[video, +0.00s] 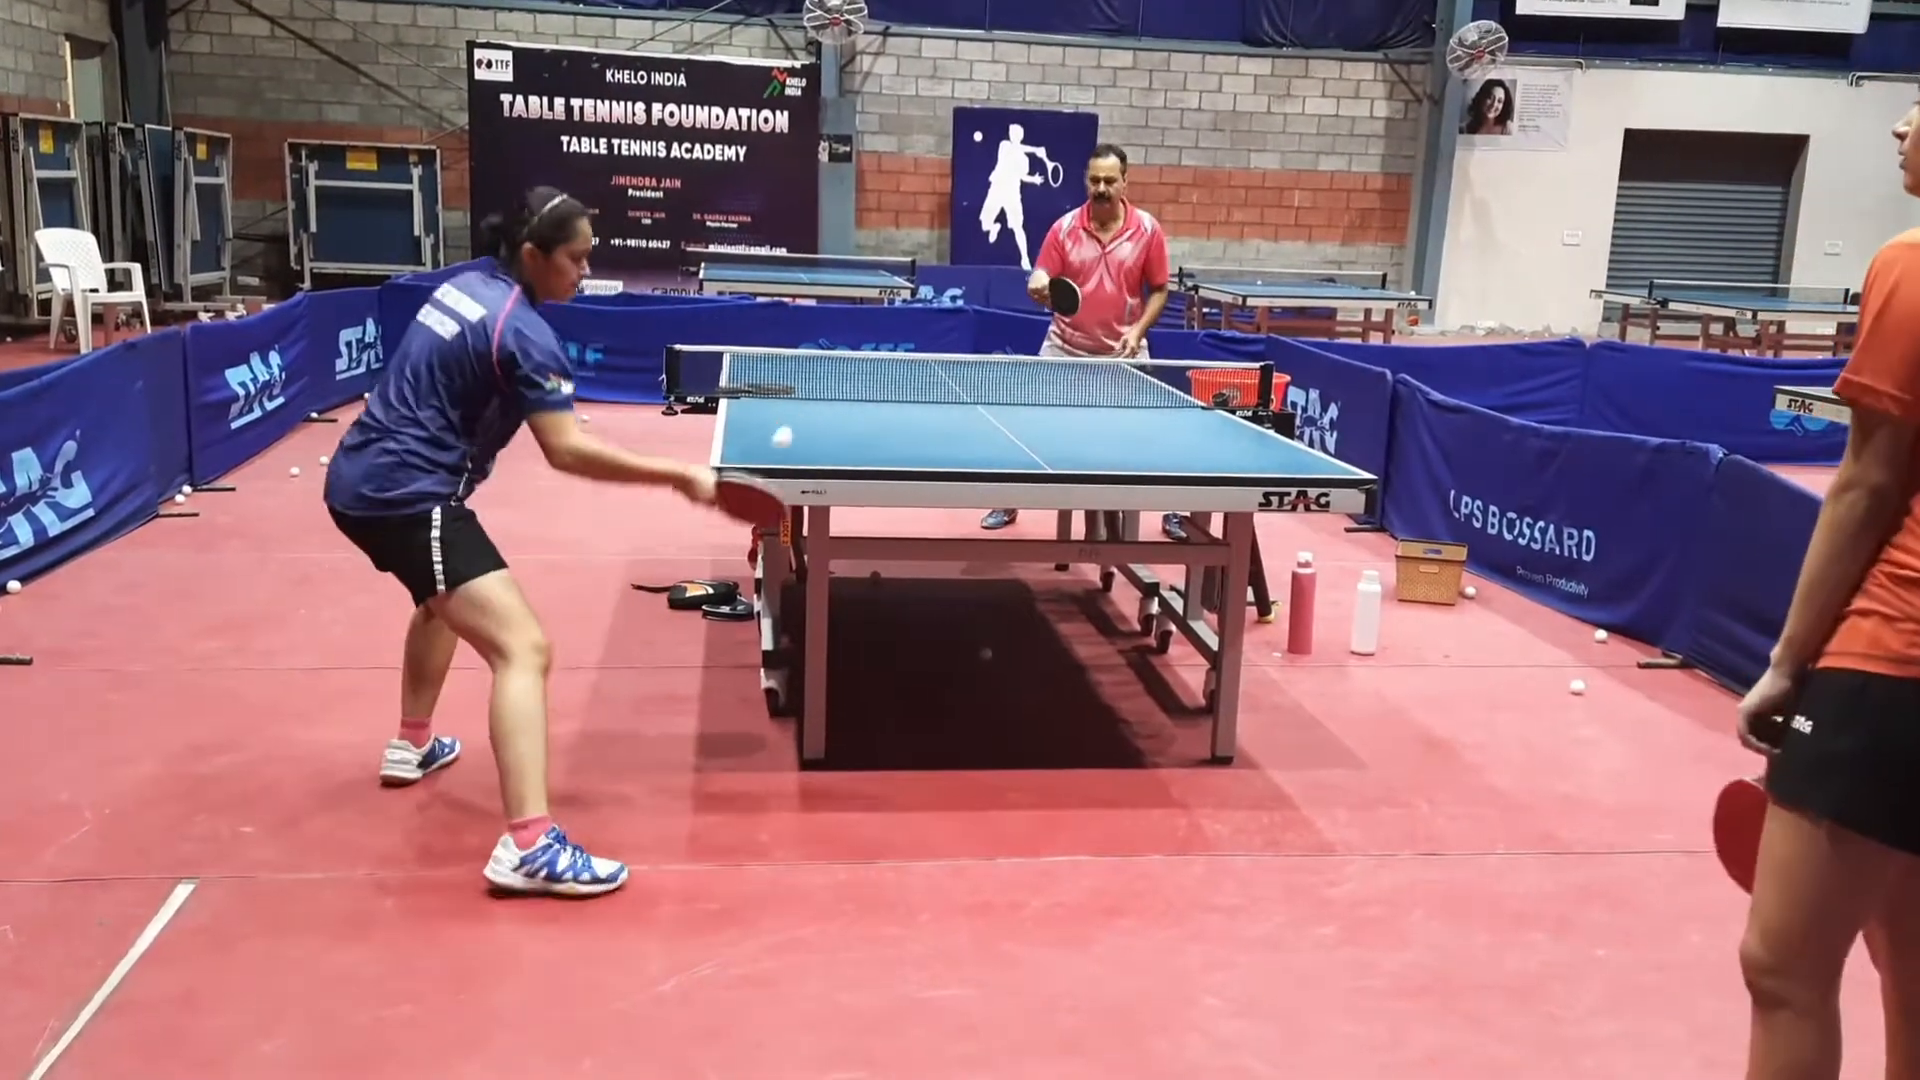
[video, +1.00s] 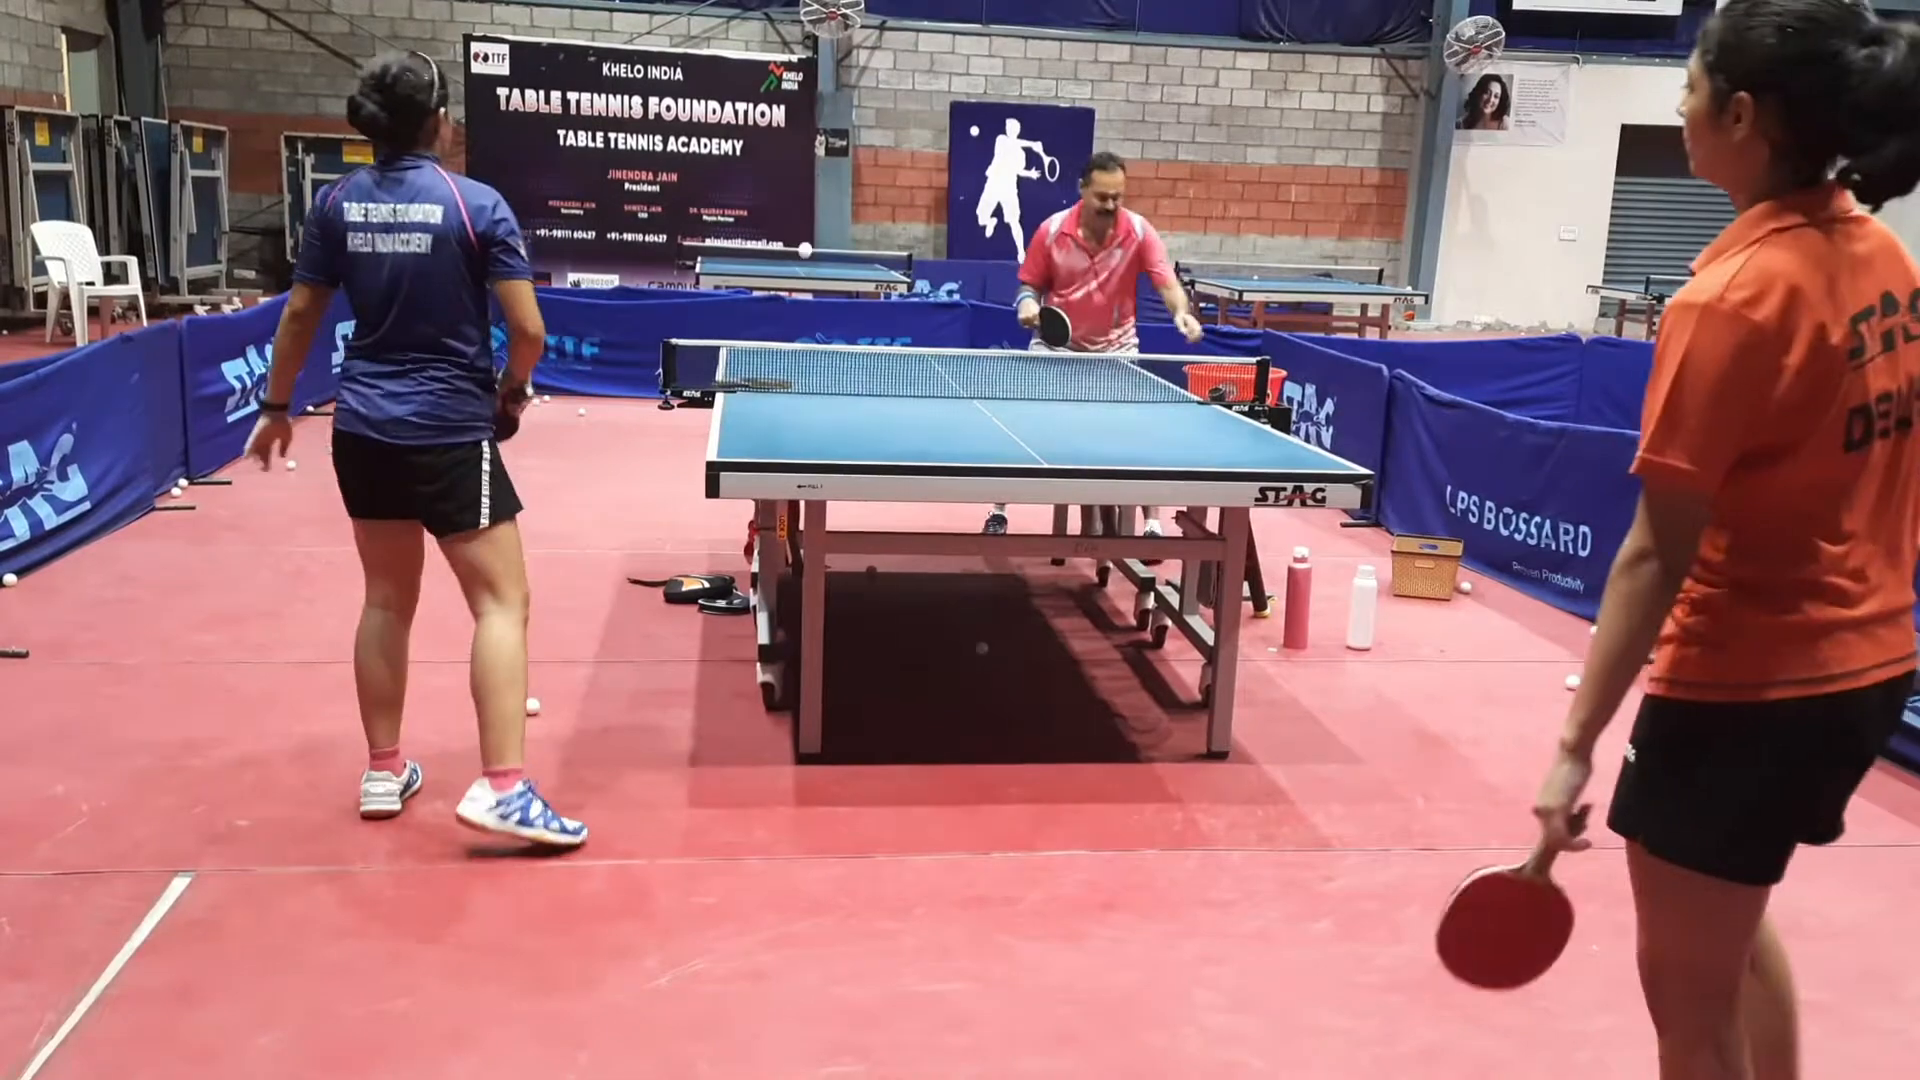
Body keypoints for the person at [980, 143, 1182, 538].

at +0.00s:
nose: (1101, 188)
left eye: (1109, 181)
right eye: (1094, 181)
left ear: (1124, 182)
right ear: (1086, 182)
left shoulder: (1147, 229)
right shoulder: (1065, 227)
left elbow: (1160, 289)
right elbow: (1040, 279)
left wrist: (1139, 328)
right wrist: (1040, 290)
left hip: (1124, 350)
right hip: (1064, 346)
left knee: (1153, 424)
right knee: (1027, 414)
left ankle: (1176, 508)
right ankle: (1007, 500)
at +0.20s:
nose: (1109, 191)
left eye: (1117, 183)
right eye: (1103, 183)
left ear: (1133, 185)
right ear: (1094, 183)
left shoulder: (1155, 231)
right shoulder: (1073, 229)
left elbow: (1168, 291)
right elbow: (1057, 289)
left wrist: (1140, 328)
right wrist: (1041, 289)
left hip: (1132, 350)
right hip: (1071, 345)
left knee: (1156, 426)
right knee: (1034, 415)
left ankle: (1173, 508)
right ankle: (1009, 497)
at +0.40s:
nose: (1093, 196)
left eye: (1102, 189)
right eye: (1087, 188)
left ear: (1120, 190)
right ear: (1079, 189)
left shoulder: (1142, 235)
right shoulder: (1060, 234)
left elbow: (1156, 300)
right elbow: (1039, 289)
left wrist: (1119, 327)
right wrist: (1030, 301)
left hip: (1120, 351)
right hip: (1062, 347)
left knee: (1126, 434)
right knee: (1028, 413)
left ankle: (1122, 540)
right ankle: (1003, 505)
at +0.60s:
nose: (1063, 198)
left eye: (1072, 189)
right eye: (1055, 189)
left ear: (1086, 188)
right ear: (1045, 188)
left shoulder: (1112, 231)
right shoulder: (1028, 239)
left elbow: (1129, 293)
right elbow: (1007, 293)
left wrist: (1107, 318)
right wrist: (1004, 308)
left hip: (1102, 348)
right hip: (1043, 347)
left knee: (1129, 424)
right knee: (1014, 412)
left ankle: (1161, 504)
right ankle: (998, 509)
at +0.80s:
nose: (1074, 189)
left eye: (1081, 181)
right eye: (1065, 182)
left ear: (1089, 178)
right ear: (1048, 179)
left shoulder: (1110, 217)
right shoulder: (1026, 226)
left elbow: (1135, 276)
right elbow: (1007, 285)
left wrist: (1135, 304)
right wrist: (1009, 300)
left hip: (1103, 339)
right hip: (1042, 340)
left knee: (1120, 424)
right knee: (1018, 412)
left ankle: (1130, 512)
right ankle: (998, 509)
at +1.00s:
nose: (1110, 205)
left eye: (1117, 197)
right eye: (1102, 197)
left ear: (1125, 193)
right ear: (1083, 190)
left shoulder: (1138, 231)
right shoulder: (1052, 231)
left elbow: (1167, 281)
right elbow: (1029, 283)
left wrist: (1181, 313)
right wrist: (1027, 305)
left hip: (1117, 348)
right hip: (1054, 346)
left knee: (1134, 429)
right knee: (1024, 419)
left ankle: (1152, 522)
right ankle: (999, 509)